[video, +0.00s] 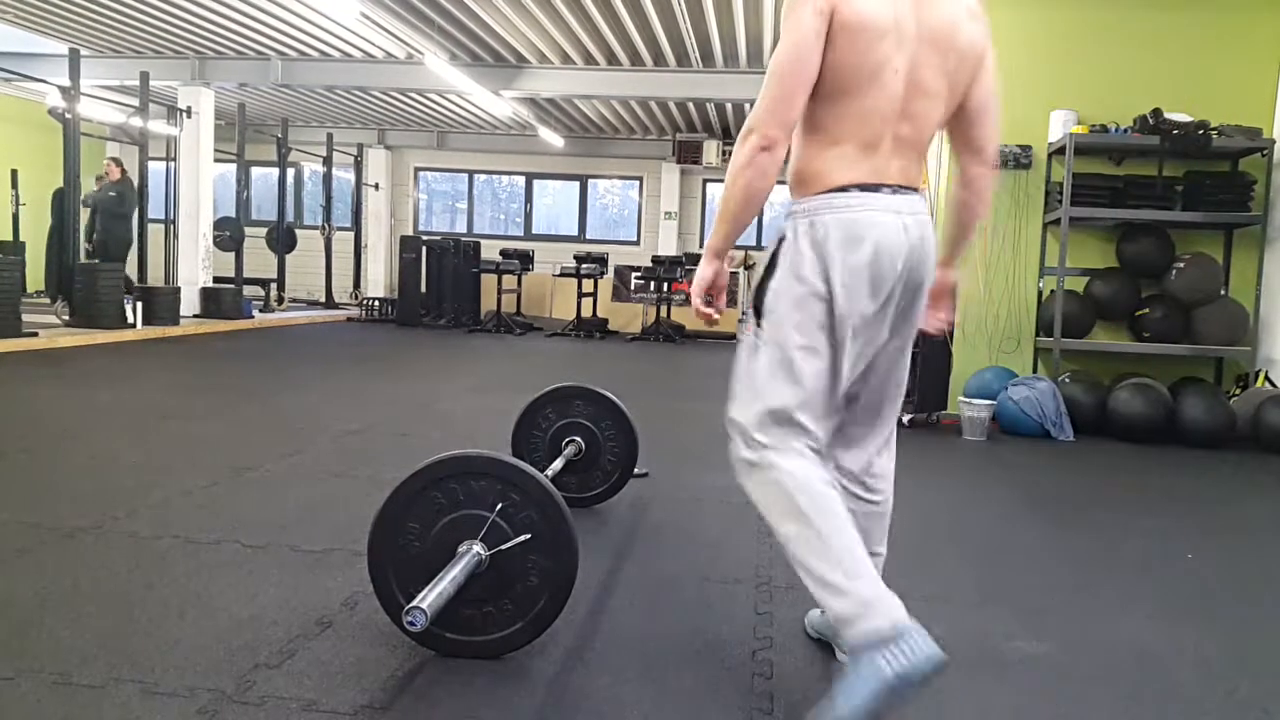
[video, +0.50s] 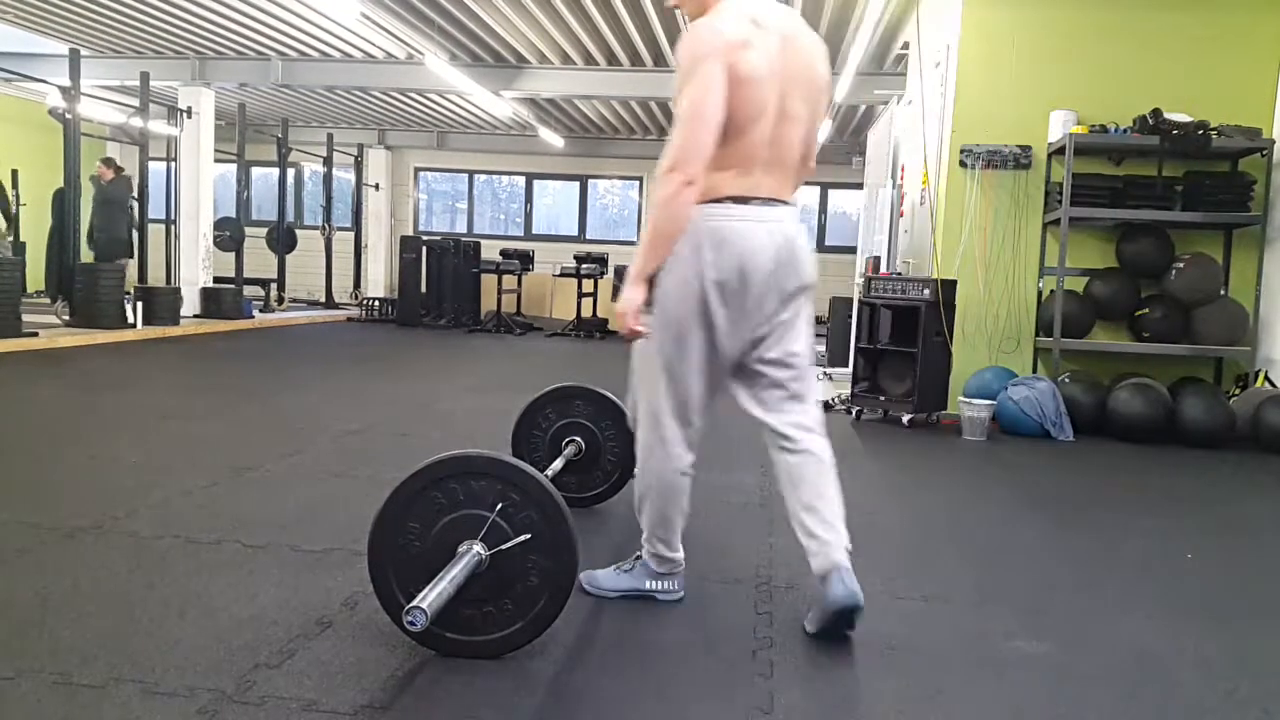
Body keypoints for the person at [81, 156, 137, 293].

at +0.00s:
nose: (105, 169)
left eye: (109, 166)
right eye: (105, 166)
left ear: (119, 168)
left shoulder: (126, 185)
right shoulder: (105, 187)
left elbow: (128, 209)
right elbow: (94, 214)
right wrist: (89, 238)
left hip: (119, 238)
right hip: (102, 237)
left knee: (115, 273)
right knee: (102, 273)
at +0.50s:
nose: (98, 171)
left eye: (101, 168)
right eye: (98, 168)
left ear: (110, 169)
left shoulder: (123, 182)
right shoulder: (101, 185)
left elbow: (110, 195)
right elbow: (94, 213)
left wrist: (96, 183)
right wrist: (91, 235)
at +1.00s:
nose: (94, 169)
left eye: (97, 166)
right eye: (95, 166)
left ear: (106, 168)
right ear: (108, 168)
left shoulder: (113, 184)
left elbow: (91, 187)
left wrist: (92, 175)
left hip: (104, 232)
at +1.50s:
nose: (90, 167)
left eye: (92, 164)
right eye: (90, 164)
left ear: (101, 167)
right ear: (106, 167)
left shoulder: (90, 185)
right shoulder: (115, 181)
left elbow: (81, 183)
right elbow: (123, 191)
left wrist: (88, 174)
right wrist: (114, 174)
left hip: (93, 229)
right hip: (109, 228)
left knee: (94, 266)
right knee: (105, 265)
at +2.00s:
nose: (90, 168)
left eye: (91, 166)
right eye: (90, 165)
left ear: (96, 167)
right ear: (108, 167)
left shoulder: (86, 184)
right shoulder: (119, 186)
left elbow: (79, 208)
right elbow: (122, 211)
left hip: (93, 232)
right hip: (114, 234)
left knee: (91, 271)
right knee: (106, 270)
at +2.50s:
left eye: (97, 169)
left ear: (97, 170)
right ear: (112, 169)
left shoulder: (88, 186)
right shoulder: (122, 187)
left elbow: (79, 211)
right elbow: (130, 213)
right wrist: (128, 231)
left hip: (97, 234)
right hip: (121, 234)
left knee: (90, 272)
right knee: (111, 271)